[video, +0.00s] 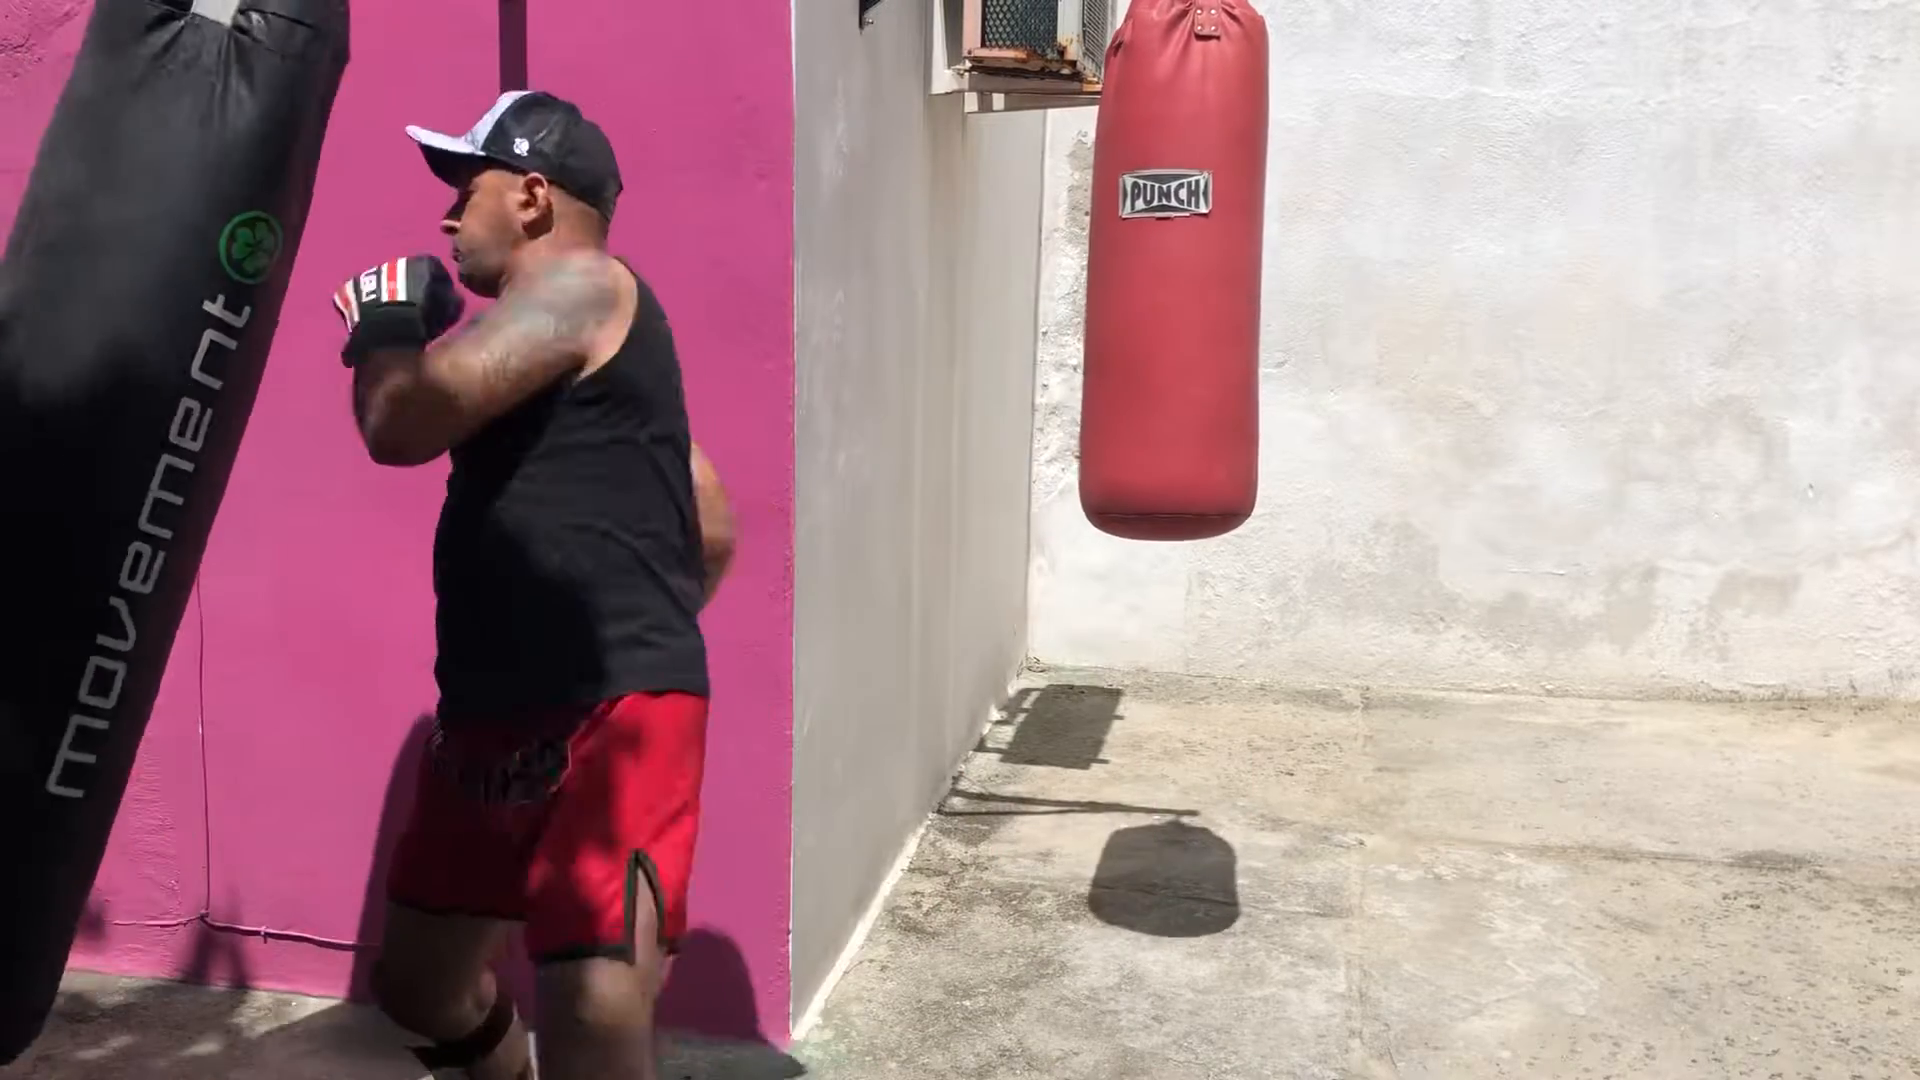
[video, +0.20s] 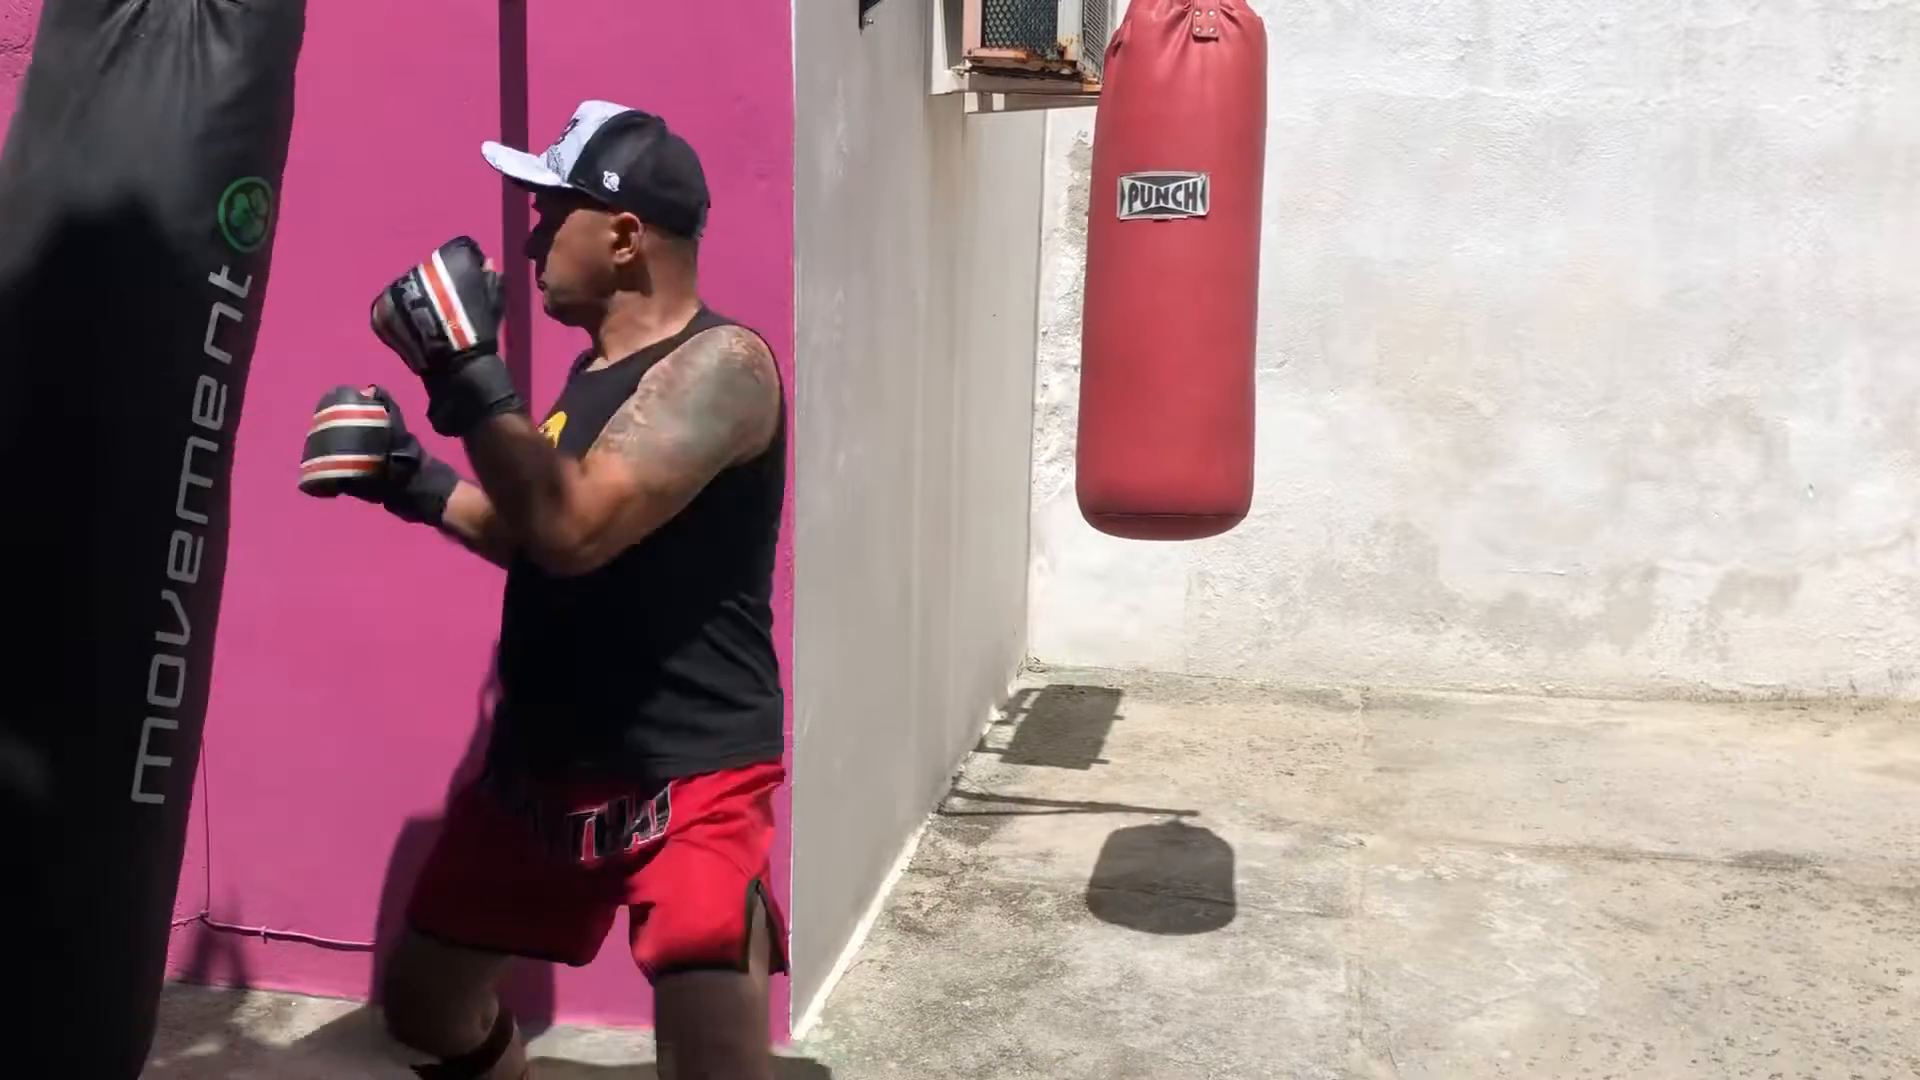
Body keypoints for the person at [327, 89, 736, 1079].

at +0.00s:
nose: (448, 208)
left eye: (467, 184)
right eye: (455, 187)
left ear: (533, 199)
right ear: (537, 202)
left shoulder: (585, 284)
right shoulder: (583, 328)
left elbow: (402, 424)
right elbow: (709, 530)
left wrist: (384, 327)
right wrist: (623, 654)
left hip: (617, 705)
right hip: (501, 702)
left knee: (596, 1023)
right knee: (425, 989)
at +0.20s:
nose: (532, 236)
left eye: (553, 212)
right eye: (539, 211)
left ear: (624, 236)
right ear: (623, 238)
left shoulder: (726, 367)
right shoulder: (593, 374)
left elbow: (571, 530)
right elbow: (541, 541)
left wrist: (466, 372)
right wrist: (414, 479)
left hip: (693, 763)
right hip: (548, 750)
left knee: (709, 1041)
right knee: (428, 1001)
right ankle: (496, 1063)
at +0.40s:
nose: (661, 192)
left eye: (676, 164)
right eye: (656, 162)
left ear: (760, 159)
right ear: (748, 160)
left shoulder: (869, 299)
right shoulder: (692, 266)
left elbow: (686, 435)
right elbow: (560, 326)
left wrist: (650, 241)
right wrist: (409, 266)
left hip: (813, 700)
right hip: (656, 692)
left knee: (803, 1001)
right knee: (574, 955)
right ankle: (674, 1058)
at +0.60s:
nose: (816, 156)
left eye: (841, 136)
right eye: (822, 131)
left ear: (924, 166)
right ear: (913, 166)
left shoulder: (994, 322)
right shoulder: (853, 265)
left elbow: (795, 463)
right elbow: (731, 335)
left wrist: (733, 273)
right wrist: (587, 256)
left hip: (936, 715)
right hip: (802, 692)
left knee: (973, 1044)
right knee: (766, 962)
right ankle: (830, 1070)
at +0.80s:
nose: (910, 186)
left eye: (929, 160)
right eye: (915, 159)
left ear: (1010, 174)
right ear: (1008, 174)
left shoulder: (1101, 320)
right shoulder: (1007, 288)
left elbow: (933, 504)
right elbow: (961, 399)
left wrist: (833, 331)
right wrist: (836, 323)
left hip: (1086, 731)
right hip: (967, 703)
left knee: (1082, 1047)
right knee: (892, 939)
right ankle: (972, 1067)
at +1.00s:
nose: (975, 181)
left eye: (995, 152)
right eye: (978, 152)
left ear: (1072, 166)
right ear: (1068, 166)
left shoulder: (1158, 300)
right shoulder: (1061, 293)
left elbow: (1007, 483)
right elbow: (997, 439)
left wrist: (912, 315)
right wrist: (904, 310)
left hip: (1120, 717)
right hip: (1059, 712)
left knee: (1097, 1041)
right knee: (1136, 1005)